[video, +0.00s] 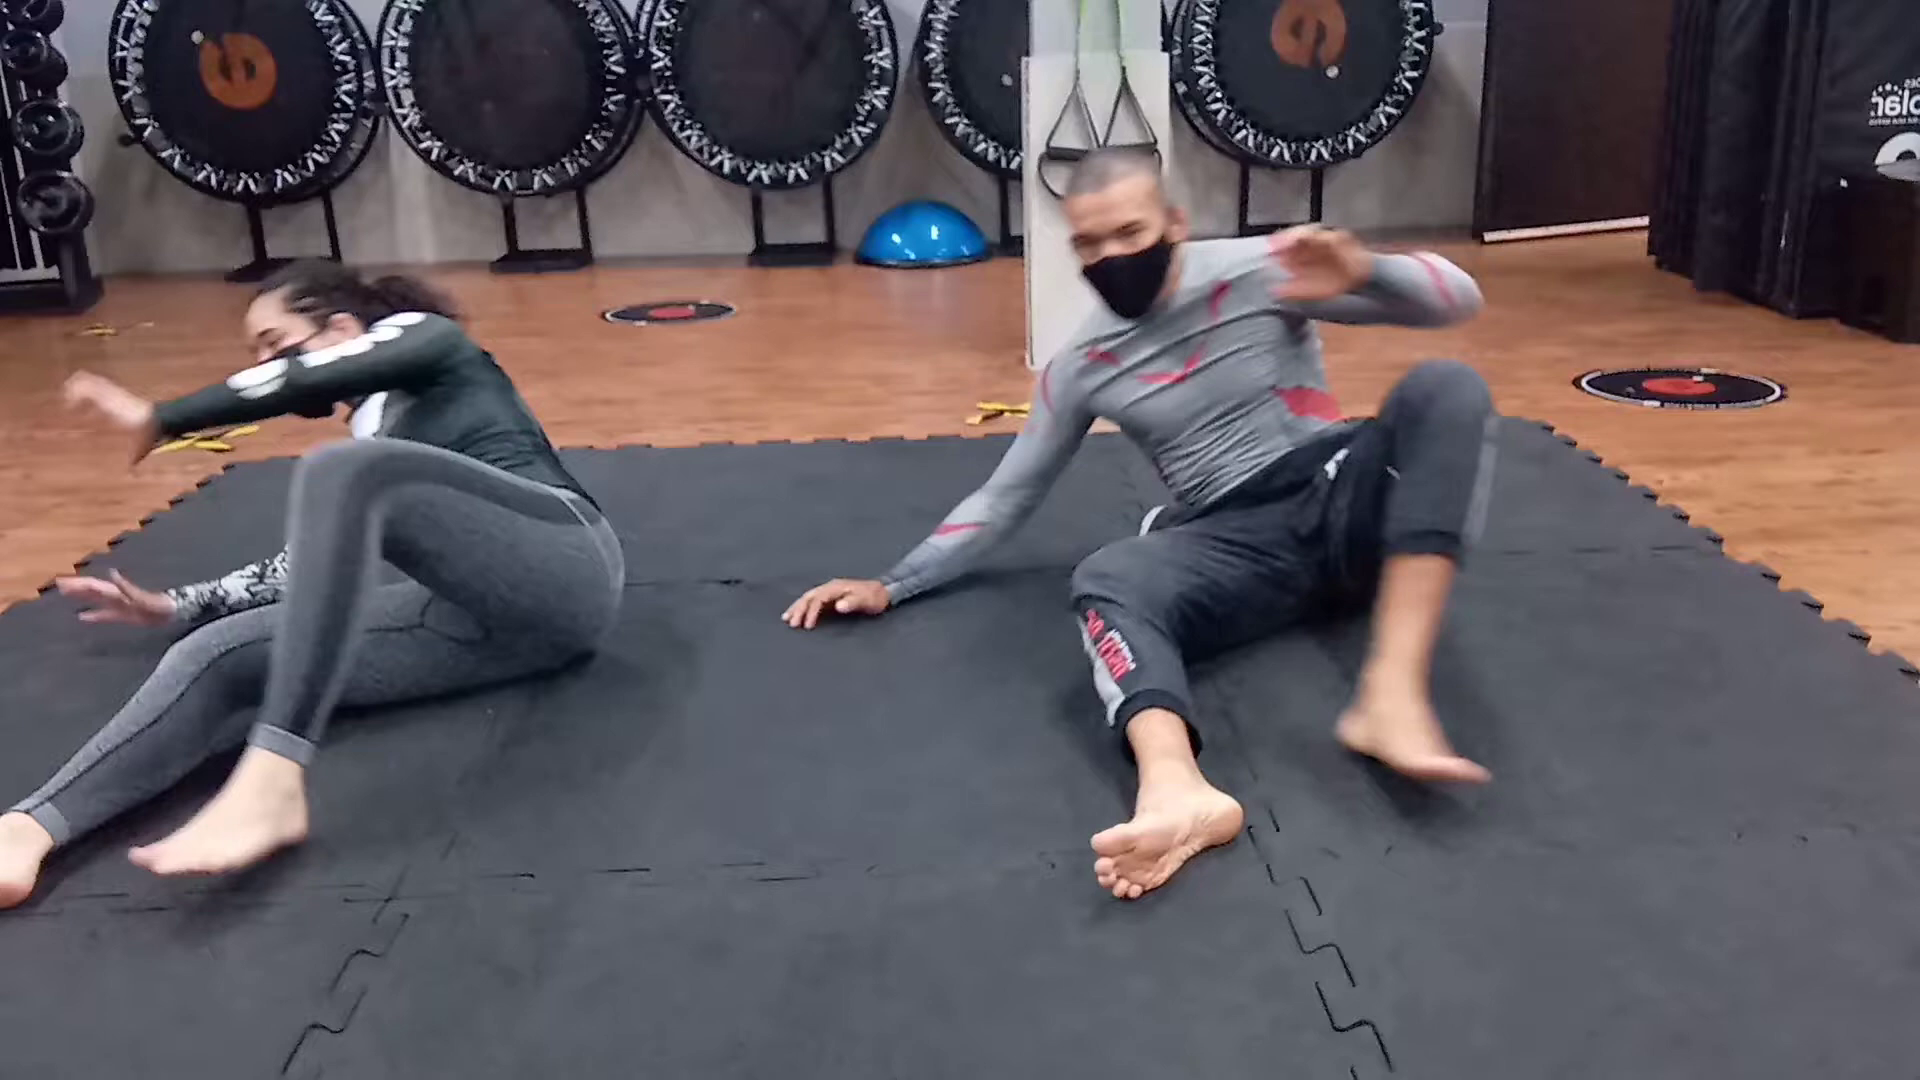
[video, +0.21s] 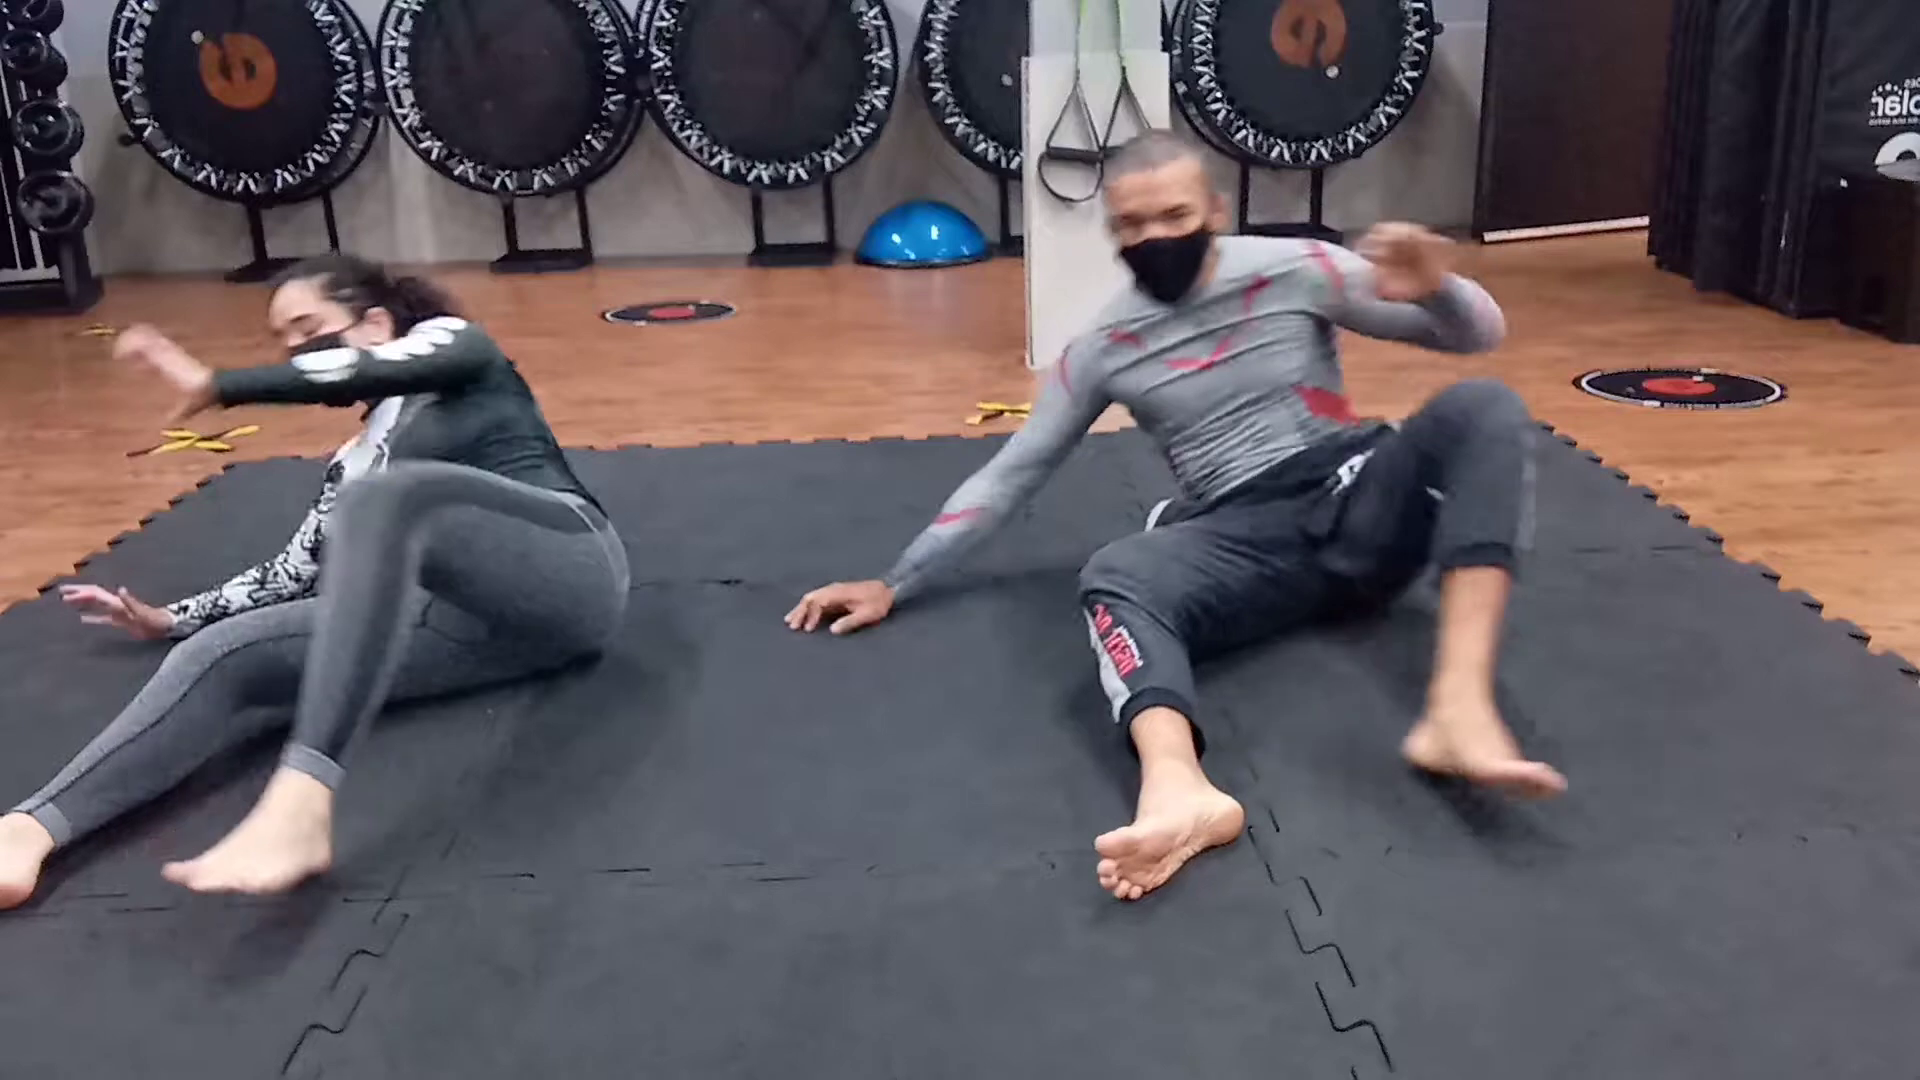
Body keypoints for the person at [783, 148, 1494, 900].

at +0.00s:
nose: (1110, 258)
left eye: (1129, 233)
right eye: (1088, 242)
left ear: (1173, 222)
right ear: (1070, 246)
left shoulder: (1261, 265)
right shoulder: (1079, 365)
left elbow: (1458, 300)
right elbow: (1003, 497)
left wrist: (1372, 277)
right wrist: (892, 587)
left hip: (1337, 494)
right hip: (1225, 543)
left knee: (1448, 388)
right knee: (1109, 578)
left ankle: (1393, 694)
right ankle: (1175, 787)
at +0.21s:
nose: (1152, 239)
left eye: (1172, 216)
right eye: (1131, 224)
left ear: (1214, 209)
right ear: (1110, 230)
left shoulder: (1298, 270)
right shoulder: (1100, 348)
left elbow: (1478, 335)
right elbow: (1009, 476)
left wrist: (1435, 286)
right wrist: (894, 586)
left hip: (1354, 495)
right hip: (1234, 537)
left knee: (1485, 405)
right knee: (1116, 576)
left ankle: (1461, 708)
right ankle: (1176, 785)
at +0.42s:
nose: (1228, 223)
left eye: (1250, 202)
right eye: (1205, 204)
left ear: (1280, 202)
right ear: (1170, 210)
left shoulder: (1340, 274)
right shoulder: (1136, 329)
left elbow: (1466, 366)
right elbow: (1055, 445)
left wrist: (1511, 341)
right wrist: (982, 516)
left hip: (1369, 489)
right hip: (1244, 529)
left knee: (1522, 434)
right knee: (1127, 578)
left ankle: (1516, 721)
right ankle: (1179, 785)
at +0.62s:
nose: (1292, 213)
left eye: (1312, 196)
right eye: (1272, 192)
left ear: (1334, 199)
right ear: (1229, 193)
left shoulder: (1369, 287)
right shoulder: (1169, 307)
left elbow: (1468, 393)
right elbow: (1083, 441)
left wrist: (1573, 377)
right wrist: (1107, 435)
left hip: (1382, 494)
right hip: (1252, 524)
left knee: (1552, 440)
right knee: (1148, 556)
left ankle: (1550, 716)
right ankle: (1184, 779)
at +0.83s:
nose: (1363, 210)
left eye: (1382, 195)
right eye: (1345, 186)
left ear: (1397, 202)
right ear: (1292, 185)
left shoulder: (1407, 301)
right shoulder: (1214, 290)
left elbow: (1470, 419)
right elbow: (1150, 415)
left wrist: (1596, 420)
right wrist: (1241, 369)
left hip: (1404, 508)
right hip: (1277, 521)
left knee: (1593, 446)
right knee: (1191, 538)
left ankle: (1638, 713)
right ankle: (1205, 778)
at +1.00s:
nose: (1423, 212)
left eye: (1440, 198)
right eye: (1405, 188)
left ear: (1451, 205)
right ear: (1343, 183)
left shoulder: (1437, 312)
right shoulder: (1253, 279)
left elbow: (1490, 437)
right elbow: (1197, 387)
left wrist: (1636, 466)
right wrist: (1326, 337)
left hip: (1419, 519)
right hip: (1302, 520)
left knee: (1625, 458)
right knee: (1246, 503)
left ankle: (1681, 715)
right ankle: (1234, 756)